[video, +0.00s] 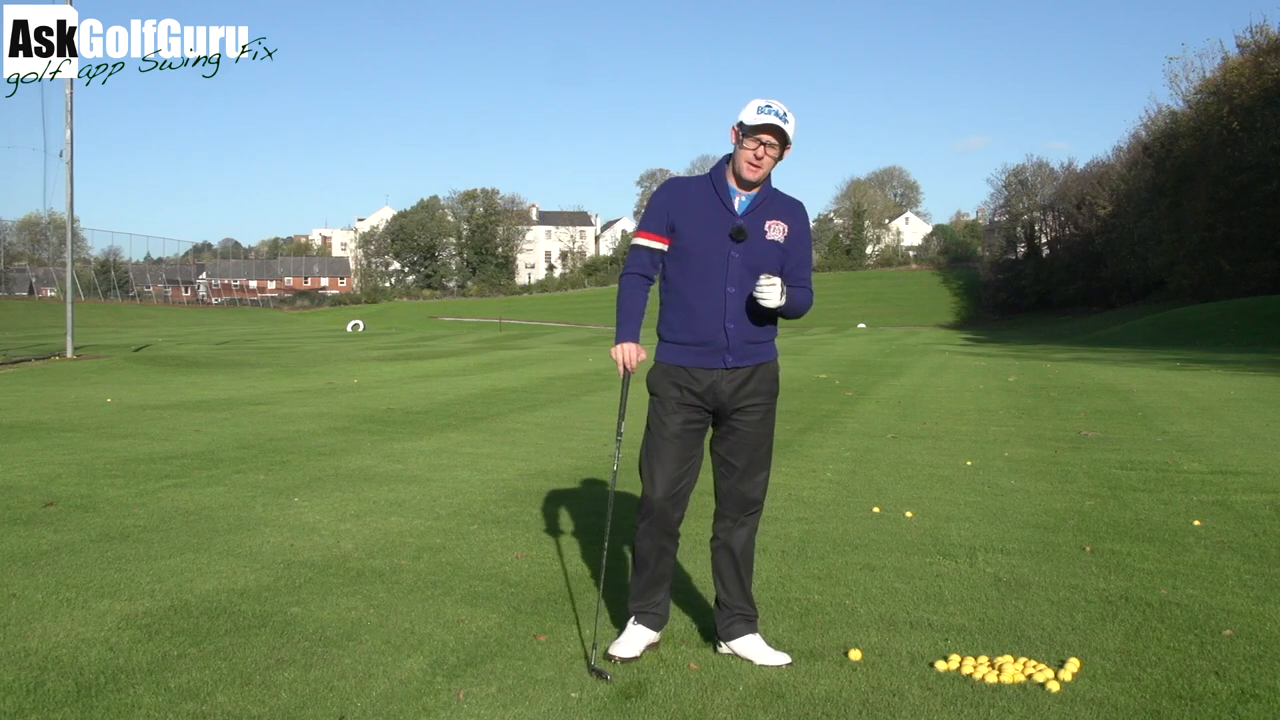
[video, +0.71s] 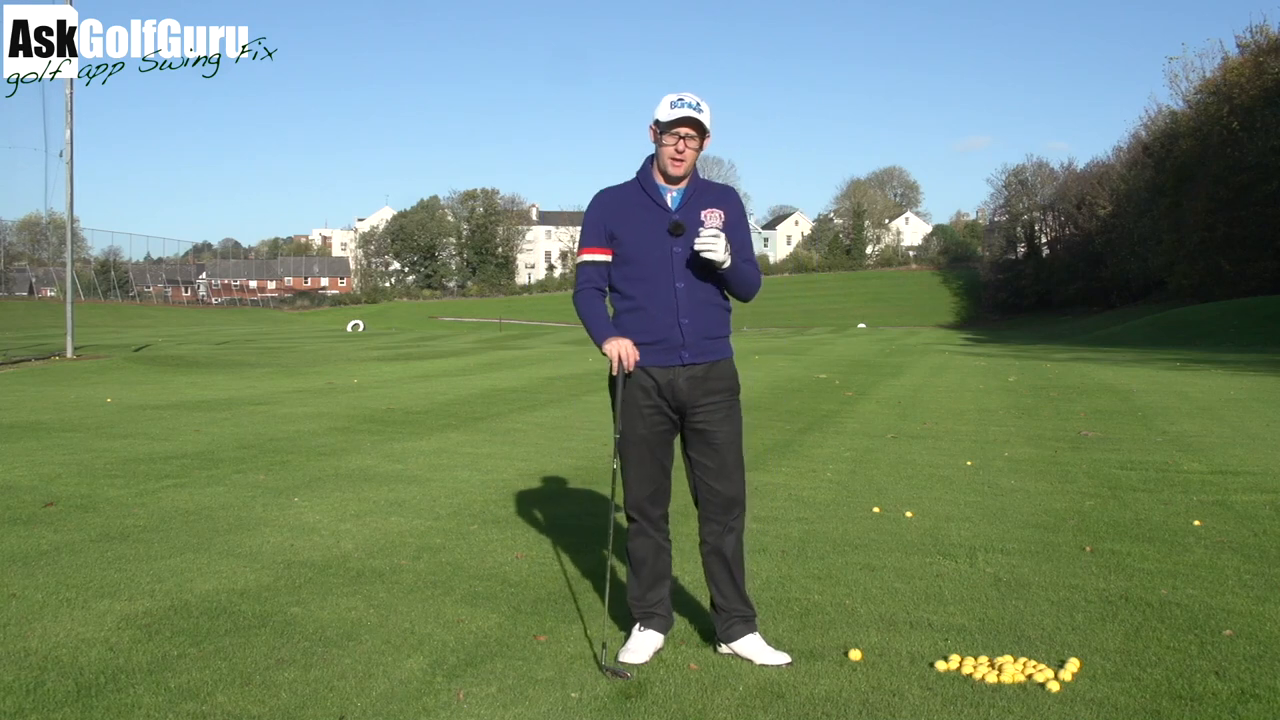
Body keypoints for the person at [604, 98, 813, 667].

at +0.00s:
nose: (762, 151)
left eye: (773, 145)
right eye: (755, 139)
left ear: (781, 155)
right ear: (735, 138)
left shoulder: (789, 213)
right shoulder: (676, 195)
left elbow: (802, 297)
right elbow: (638, 269)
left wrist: (784, 295)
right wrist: (628, 335)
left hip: (753, 378)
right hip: (680, 373)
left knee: (741, 507)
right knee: (660, 502)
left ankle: (735, 626)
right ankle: (645, 618)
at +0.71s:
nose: (682, 144)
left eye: (692, 136)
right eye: (673, 134)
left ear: (703, 143)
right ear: (655, 136)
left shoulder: (723, 201)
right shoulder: (609, 204)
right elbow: (588, 288)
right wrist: (607, 336)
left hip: (712, 374)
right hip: (641, 375)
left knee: (724, 505)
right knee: (645, 507)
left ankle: (735, 627)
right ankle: (649, 621)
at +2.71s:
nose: (678, 145)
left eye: (689, 138)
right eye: (670, 134)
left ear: (701, 146)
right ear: (653, 137)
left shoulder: (720, 205)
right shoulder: (607, 206)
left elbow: (743, 291)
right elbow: (595, 289)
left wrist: (738, 259)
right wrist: (649, 258)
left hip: (714, 370)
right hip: (642, 373)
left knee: (722, 504)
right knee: (647, 504)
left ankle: (732, 627)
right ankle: (649, 621)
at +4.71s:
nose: (724, 148)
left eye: (732, 139)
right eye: (714, 137)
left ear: (738, 145)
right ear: (687, 139)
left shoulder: (748, 206)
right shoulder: (642, 203)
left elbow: (770, 289)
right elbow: (644, 285)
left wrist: (791, 264)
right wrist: (705, 248)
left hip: (740, 374)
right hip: (671, 376)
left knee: (733, 508)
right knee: (664, 508)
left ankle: (733, 627)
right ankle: (653, 622)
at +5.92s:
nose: (705, 145)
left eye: (716, 137)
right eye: (696, 136)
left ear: (734, 144)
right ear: (683, 139)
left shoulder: (760, 204)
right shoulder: (648, 197)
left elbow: (782, 280)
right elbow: (647, 258)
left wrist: (761, 294)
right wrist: (686, 193)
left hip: (735, 374)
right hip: (662, 374)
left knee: (731, 510)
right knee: (658, 508)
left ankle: (733, 623)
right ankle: (652, 619)